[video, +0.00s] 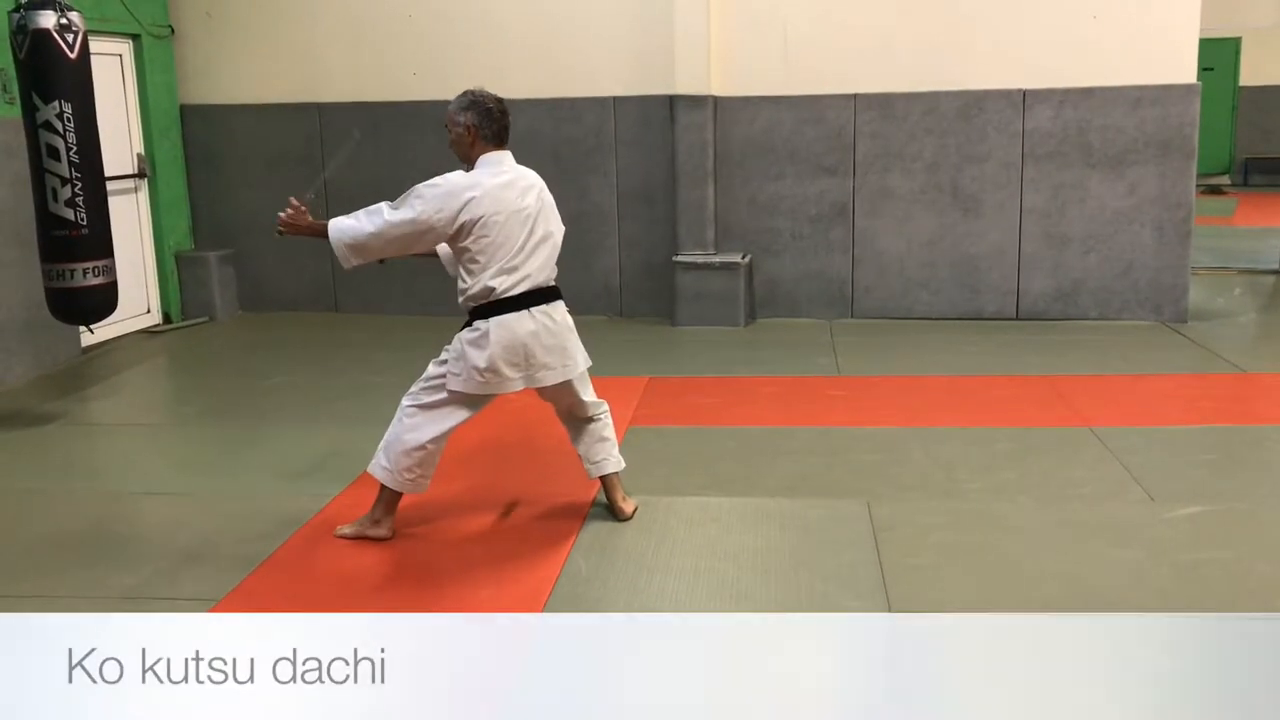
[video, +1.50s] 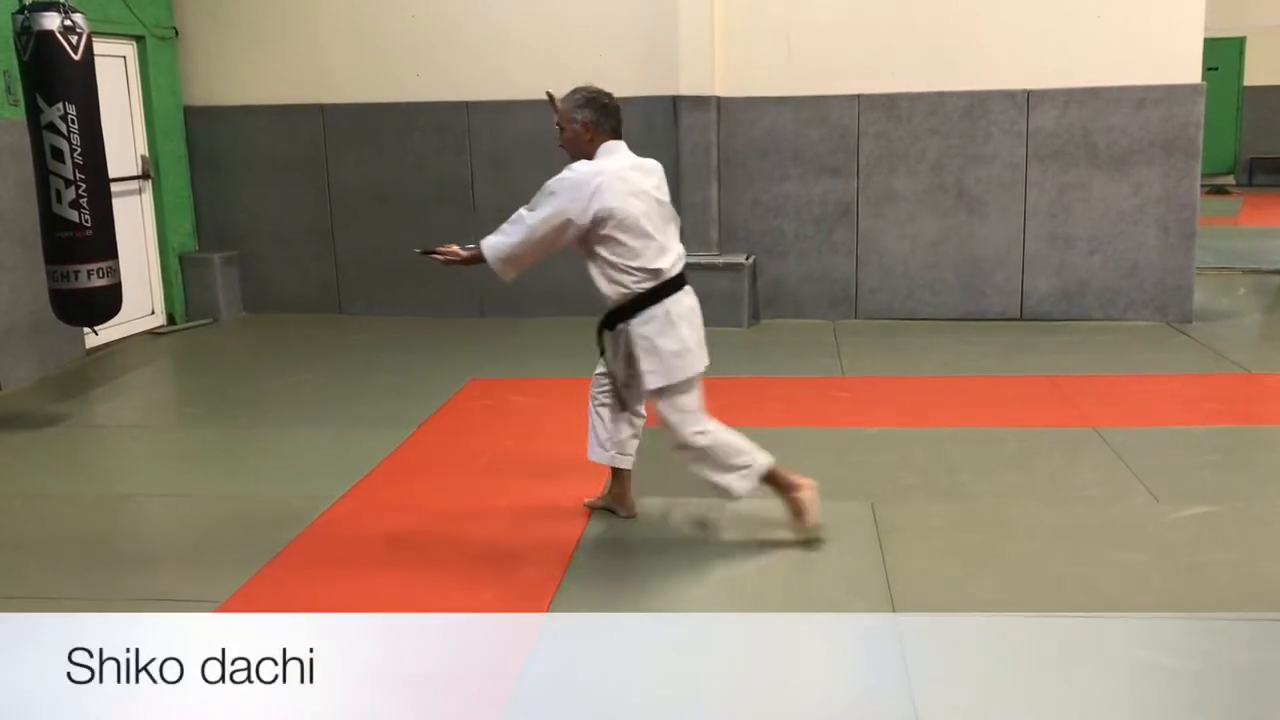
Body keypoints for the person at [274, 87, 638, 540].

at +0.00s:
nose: (449, 140)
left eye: (451, 130)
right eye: (449, 130)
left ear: (471, 132)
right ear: (498, 131)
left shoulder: (456, 193)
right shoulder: (533, 183)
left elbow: (387, 224)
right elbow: (481, 243)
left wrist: (318, 228)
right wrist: (420, 242)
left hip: (491, 336)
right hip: (552, 326)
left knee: (421, 411)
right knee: (585, 407)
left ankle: (381, 516)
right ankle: (618, 496)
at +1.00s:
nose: (474, 144)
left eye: (478, 134)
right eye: (474, 135)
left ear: (500, 135)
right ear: (523, 137)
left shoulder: (487, 188)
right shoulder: (558, 192)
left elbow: (426, 224)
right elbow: (495, 218)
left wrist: (352, 231)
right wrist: (435, 200)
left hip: (492, 329)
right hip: (548, 329)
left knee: (429, 414)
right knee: (543, 408)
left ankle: (387, 519)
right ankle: (613, 482)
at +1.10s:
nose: (503, 137)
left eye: (508, 128)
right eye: (502, 128)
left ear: (531, 127)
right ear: (545, 129)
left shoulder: (518, 179)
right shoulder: (586, 182)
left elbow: (459, 218)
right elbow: (516, 204)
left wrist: (385, 230)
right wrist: (466, 170)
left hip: (522, 318)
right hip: (576, 318)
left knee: (457, 407)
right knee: (561, 408)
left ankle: (399, 510)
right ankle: (617, 495)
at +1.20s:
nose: (522, 134)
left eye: (525, 125)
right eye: (520, 126)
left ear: (548, 125)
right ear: (566, 126)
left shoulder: (537, 176)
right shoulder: (604, 173)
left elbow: (478, 221)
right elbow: (541, 196)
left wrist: (411, 236)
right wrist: (505, 154)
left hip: (558, 319)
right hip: (608, 315)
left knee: (487, 402)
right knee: (585, 405)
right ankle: (616, 496)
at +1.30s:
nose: (531, 133)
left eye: (536, 123)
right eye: (530, 123)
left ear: (561, 124)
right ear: (580, 126)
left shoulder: (554, 176)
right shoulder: (617, 168)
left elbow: (499, 221)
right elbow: (564, 185)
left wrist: (433, 244)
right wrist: (531, 143)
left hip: (588, 320)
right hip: (634, 312)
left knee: (534, 413)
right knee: (602, 407)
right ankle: (618, 496)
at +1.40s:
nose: (541, 132)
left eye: (547, 122)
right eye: (541, 122)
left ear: (573, 124)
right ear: (587, 127)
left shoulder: (568, 177)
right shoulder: (629, 165)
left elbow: (512, 226)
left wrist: (453, 248)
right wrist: (554, 128)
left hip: (622, 320)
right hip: (656, 308)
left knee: (606, 436)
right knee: (612, 404)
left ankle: (696, 483)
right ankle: (621, 493)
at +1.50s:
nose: (558, 135)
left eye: (563, 127)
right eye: (559, 126)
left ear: (588, 129)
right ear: (603, 128)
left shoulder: (582, 182)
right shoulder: (647, 168)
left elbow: (529, 229)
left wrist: (474, 252)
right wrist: (575, 112)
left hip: (651, 316)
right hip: (658, 307)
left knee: (688, 426)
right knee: (614, 395)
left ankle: (790, 485)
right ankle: (619, 492)